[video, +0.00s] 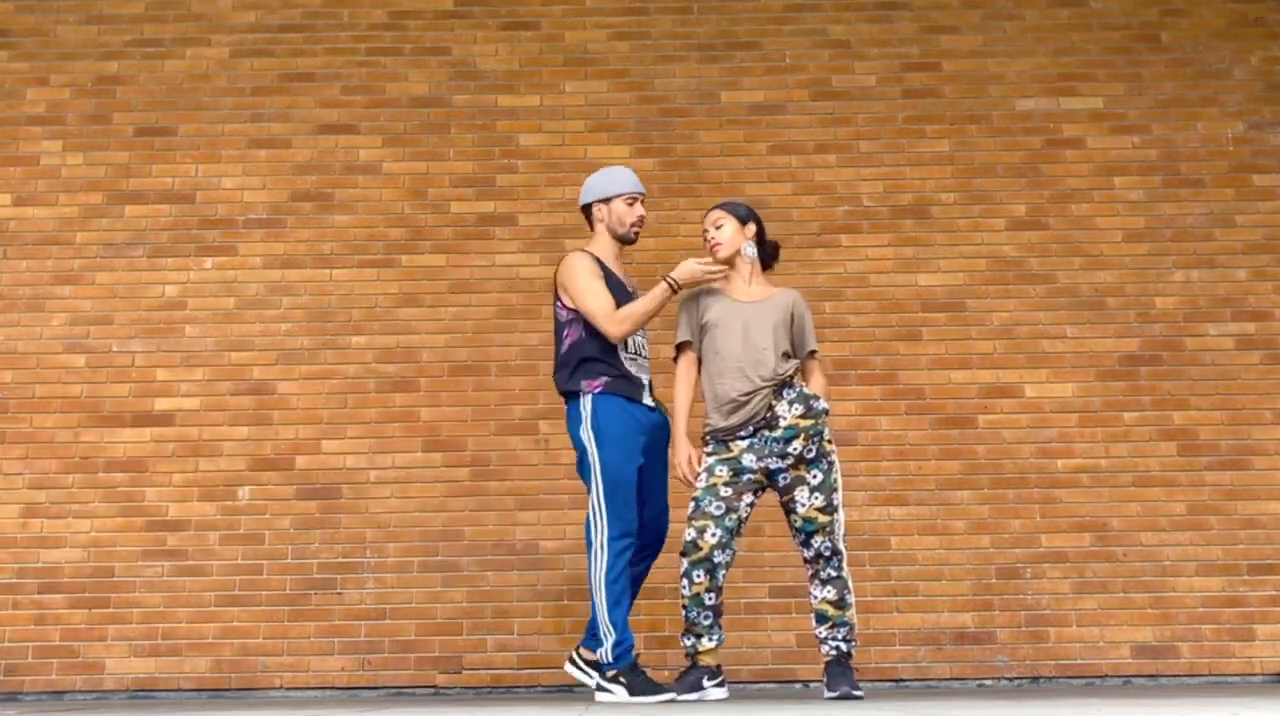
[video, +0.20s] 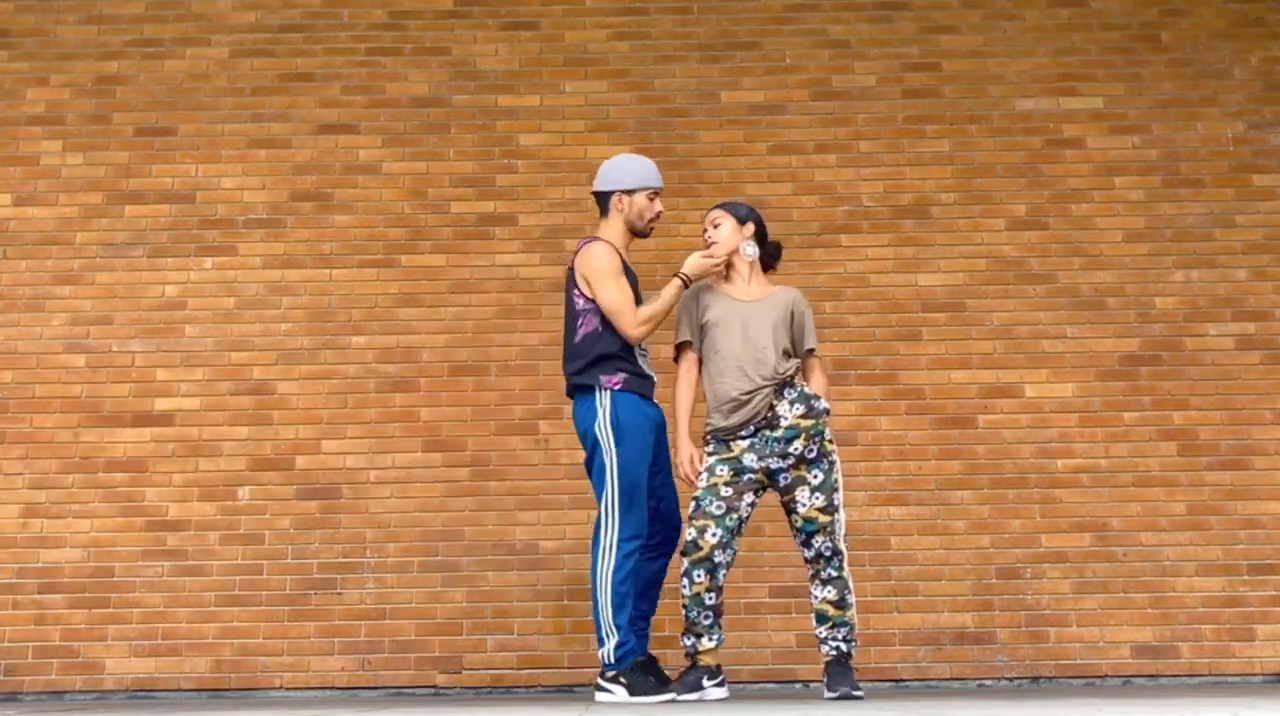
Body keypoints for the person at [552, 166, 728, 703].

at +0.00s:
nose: (640, 212)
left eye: (641, 204)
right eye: (629, 202)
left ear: (630, 214)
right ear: (597, 211)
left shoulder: (622, 282)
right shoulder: (576, 264)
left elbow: (629, 366)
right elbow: (613, 325)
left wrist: (657, 410)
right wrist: (672, 282)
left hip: (643, 413)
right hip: (603, 409)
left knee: (651, 531)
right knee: (617, 530)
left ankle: (593, 651)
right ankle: (617, 662)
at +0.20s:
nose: (661, 207)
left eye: (660, 197)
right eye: (652, 197)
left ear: (626, 203)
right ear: (621, 199)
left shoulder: (615, 260)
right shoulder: (597, 253)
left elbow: (628, 339)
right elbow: (632, 325)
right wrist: (683, 276)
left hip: (635, 403)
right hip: (611, 401)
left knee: (662, 526)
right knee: (624, 526)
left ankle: (633, 653)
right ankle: (619, 662)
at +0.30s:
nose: (666, 208)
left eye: (666, 198)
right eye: (659, 197)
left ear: (630, 201)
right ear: (628, 198)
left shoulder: (618, 255)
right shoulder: (604, 250)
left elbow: (636, 331)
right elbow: (636, 327)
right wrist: (681, 276)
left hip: (632, 401)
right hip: (613, 401)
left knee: (652, 531)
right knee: (623, 529)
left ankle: (663, 660)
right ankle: (617, 667)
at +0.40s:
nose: (672, 207)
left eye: (672, 197)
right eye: (664, 196)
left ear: (636, 199)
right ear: (634, 196)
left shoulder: (624, 253)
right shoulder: (608, 249)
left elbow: (635, 333)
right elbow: (637, 327)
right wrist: (679, 274)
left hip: (630, 403)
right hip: (611, 403)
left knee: (654, 531)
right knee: (621, 531)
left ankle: (678, 659)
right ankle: (617, 667)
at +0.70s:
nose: (682, 214)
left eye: (684, 204)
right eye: (676, 203)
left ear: (650, 202)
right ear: (646, 199)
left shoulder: (638, 261)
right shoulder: (606, 251)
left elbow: (648, 350)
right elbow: (632, 330)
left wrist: (666, 398)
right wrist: (671, 274)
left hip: (647, 405)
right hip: (612, 404)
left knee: (667, 525)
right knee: (619, 530)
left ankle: (663, 655)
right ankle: (616, 665)